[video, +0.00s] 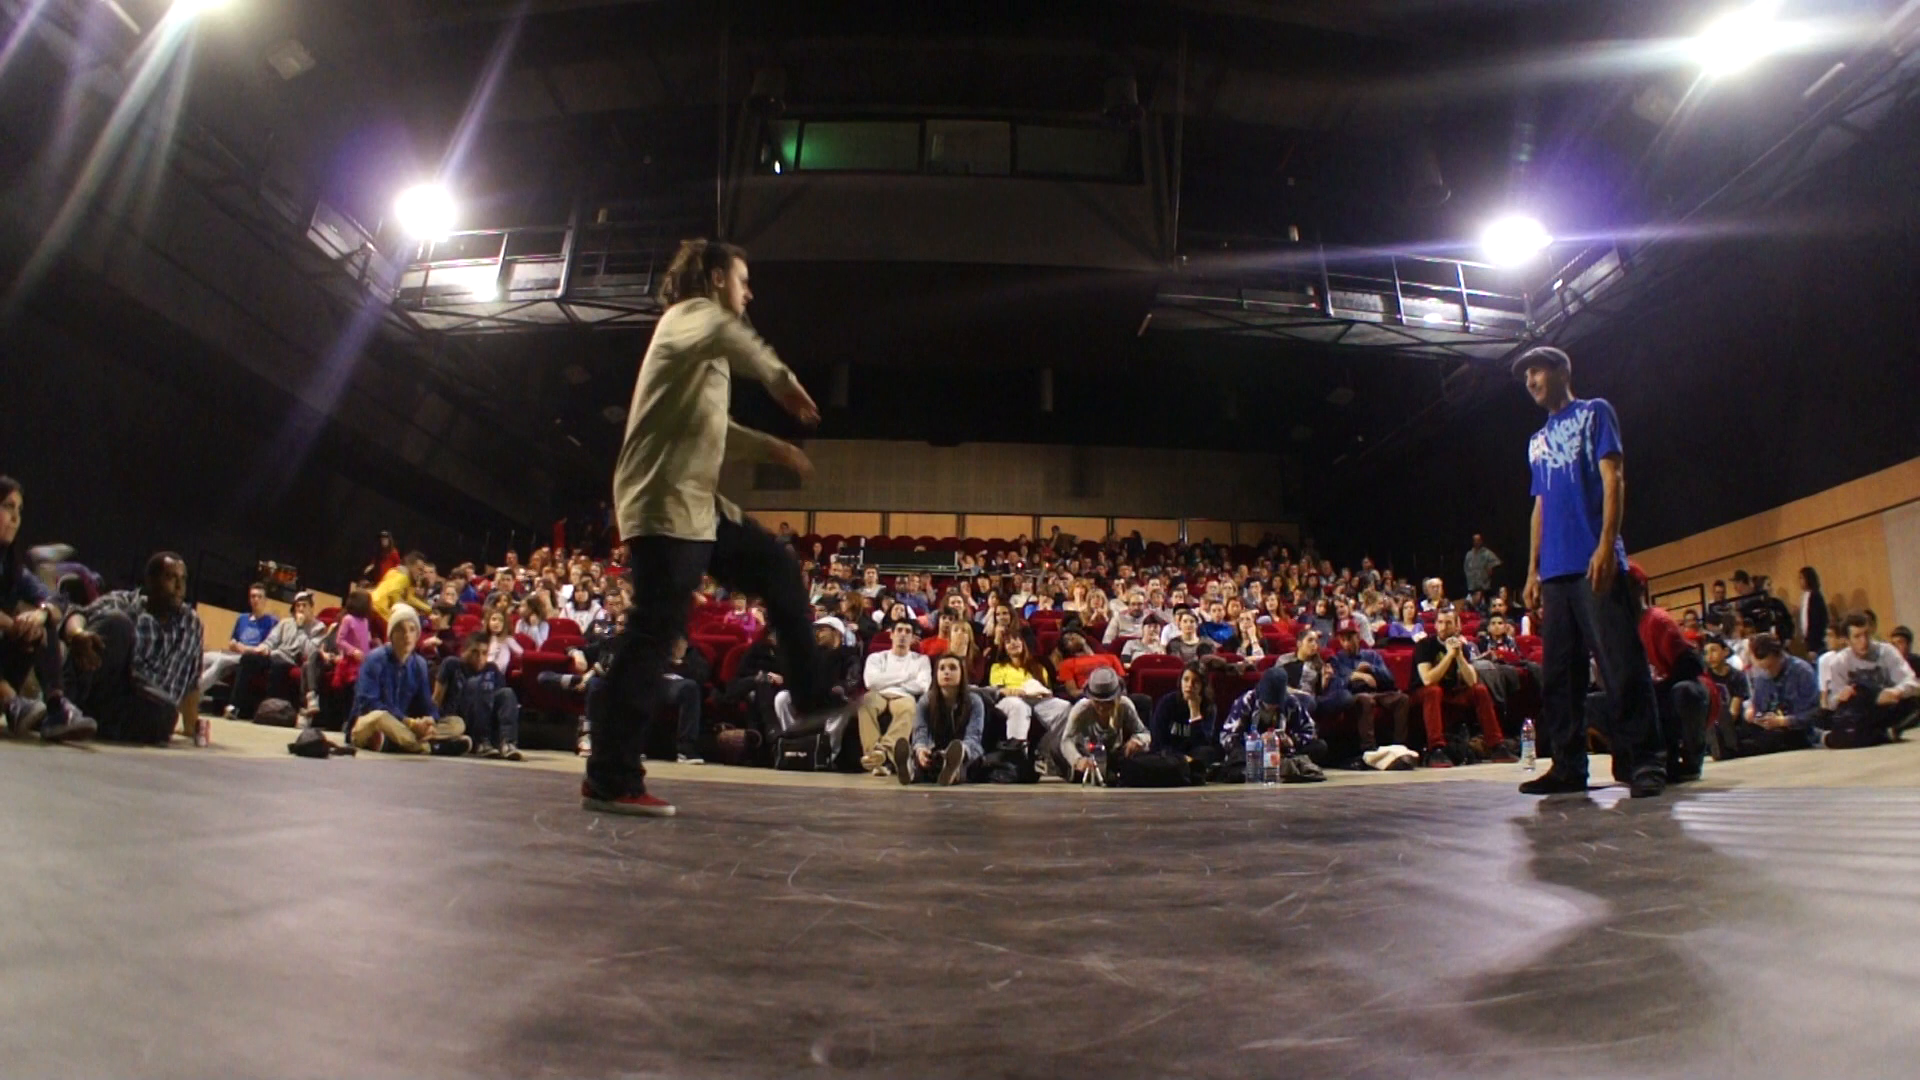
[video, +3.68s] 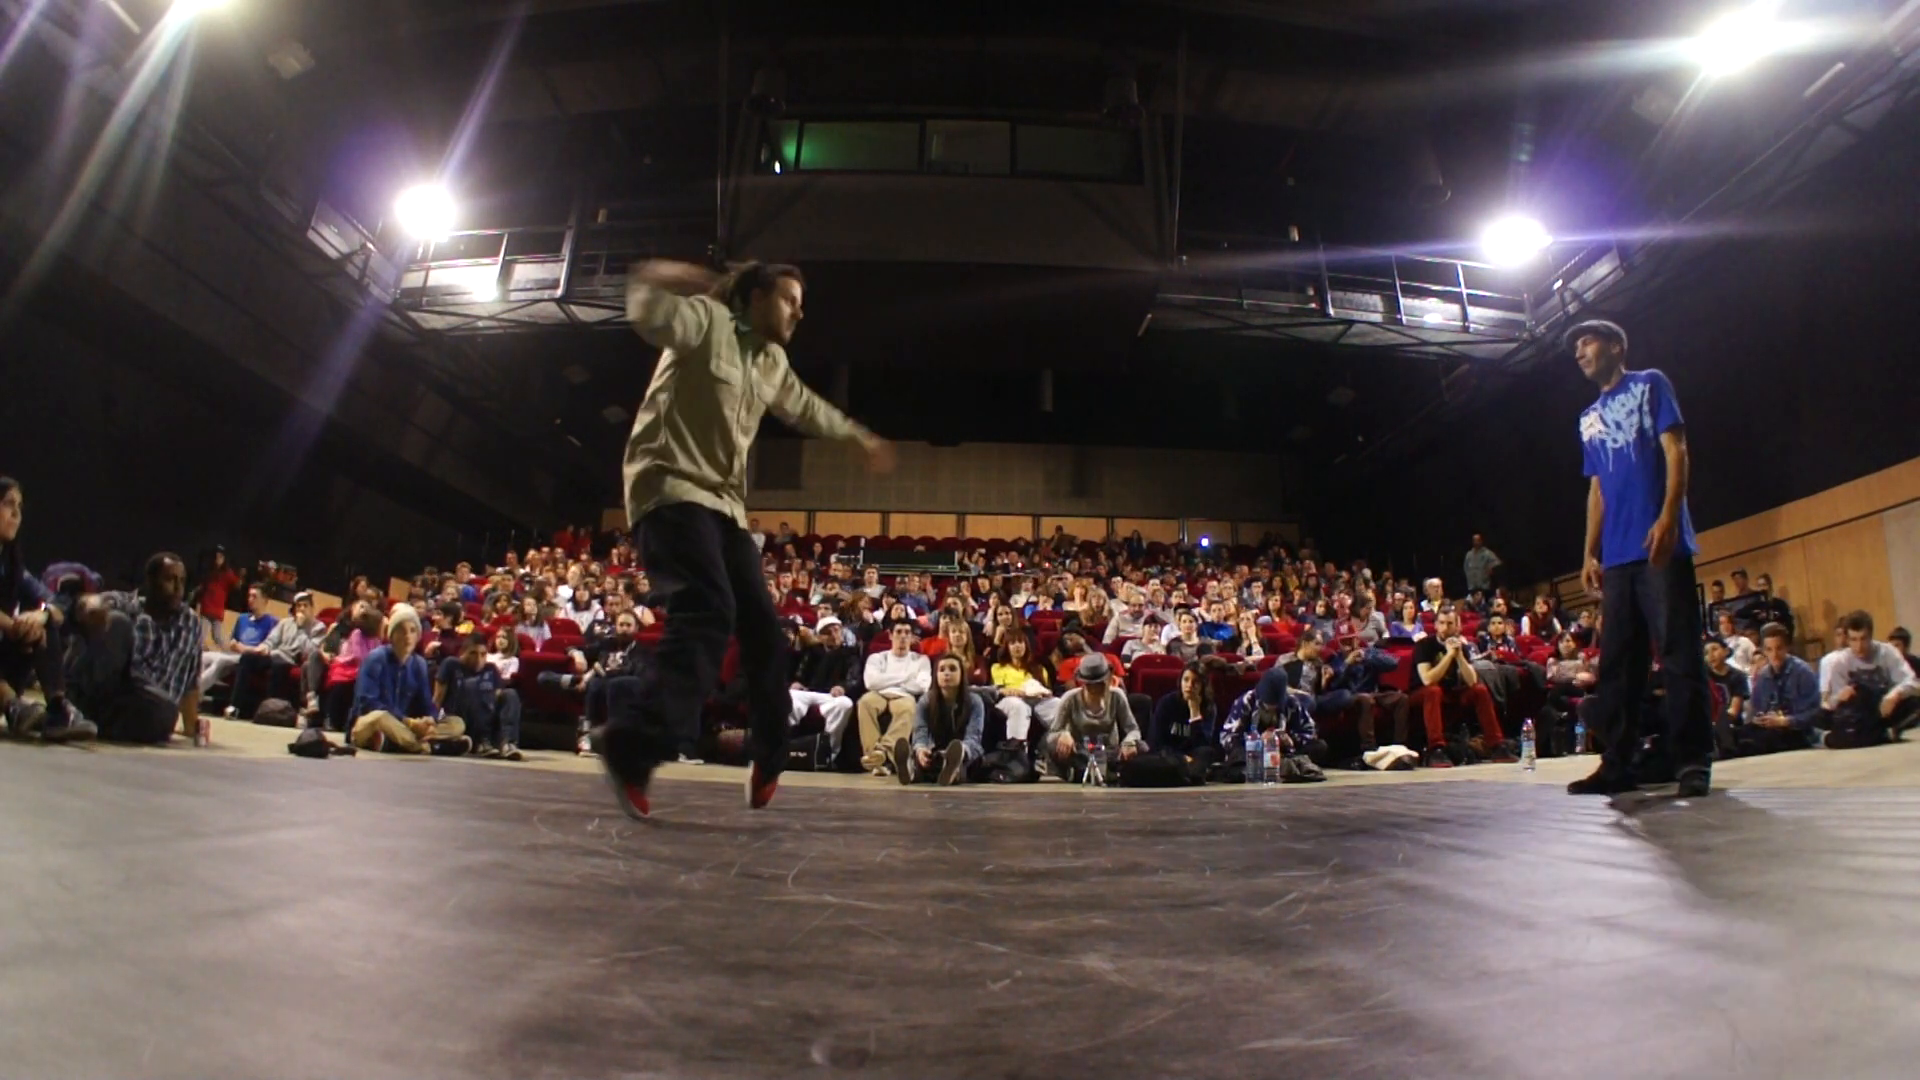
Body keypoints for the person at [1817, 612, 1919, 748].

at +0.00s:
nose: (1863, 641)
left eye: (1866, 635)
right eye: (1857, 637)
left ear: (1871, 633)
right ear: (1847, 639)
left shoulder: (1887, 652)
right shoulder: (1839, 662)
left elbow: (1911, 681)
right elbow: (1831, 703)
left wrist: (1895, 692)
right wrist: (1839, 697)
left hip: (1886, 707)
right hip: (1857, 709)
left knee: (1913, 703)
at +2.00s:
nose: (1857, 643)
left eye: (1861, 637)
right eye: (1852, 638)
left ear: (1869, 635)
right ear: (1844, 638)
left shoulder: (1886, 652)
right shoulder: (1839, 661)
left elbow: (1911, 681)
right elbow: (1831, 703)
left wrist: (1893, 695)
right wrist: (1839, 697)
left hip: (1887, 702)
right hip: (1859, 704)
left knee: (1913, 703)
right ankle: (1885, 734)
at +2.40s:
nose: (1857, 643)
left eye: (1861, 637)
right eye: (1851, 638)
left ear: (1869, 636)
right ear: (1845, 639)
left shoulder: (1887, 652)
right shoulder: (1836, 661)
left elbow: (1911, 681)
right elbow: (1830, 702)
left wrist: (1894, 695)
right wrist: (1839, 696)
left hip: (1886, 703)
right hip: (1857, 705)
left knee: (1914, 704)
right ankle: (1884, 734)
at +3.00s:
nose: (1857, 643)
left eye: (1862, 637)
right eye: (1852, 638)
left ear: (1870, 636)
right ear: (1846, 638)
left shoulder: (1887, 652)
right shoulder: (1835, 662)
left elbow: (1911, 681)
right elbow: (1827, 703)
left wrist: (1894, 694)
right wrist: (1838, 697)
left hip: (1885, 704)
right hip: (1855, 706)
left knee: (1913, 703)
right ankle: (1884, 734)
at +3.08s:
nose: (1857, 644)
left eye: (1862, 637)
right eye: (1852, 638)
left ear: (1870, 636)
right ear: (1846, 638)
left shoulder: (1887, 652)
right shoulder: (1835, 662)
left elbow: (1911, 681)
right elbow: (1827, 703)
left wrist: (1894, 694)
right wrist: (1838, 697)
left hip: (1884, 705)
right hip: (1855, 707)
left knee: (1914, 703)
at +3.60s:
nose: (1858, 645)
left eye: (1863, 639)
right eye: (1853, 640)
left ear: (1871, 637)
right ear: (1847, 639)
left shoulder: (1887, 652)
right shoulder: (1839, 661)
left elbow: (1910, 681)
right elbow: (1828, 703)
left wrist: (1894, 695)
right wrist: (1839, 697)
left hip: (1884, 705)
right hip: (1856, 707)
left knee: (1913, 704)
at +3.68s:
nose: (1859, 645)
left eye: (1863, 639)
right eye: (1853, 639)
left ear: (1871, 636)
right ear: (1847, 639)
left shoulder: (1887, 652)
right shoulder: (1839, 661)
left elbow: (1911, 681)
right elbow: (1828, 703)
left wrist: (1894, 695)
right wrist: (1839, 697)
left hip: (1884, 704)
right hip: (1856, 706)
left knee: (1913, 704)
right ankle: (1884, 734)